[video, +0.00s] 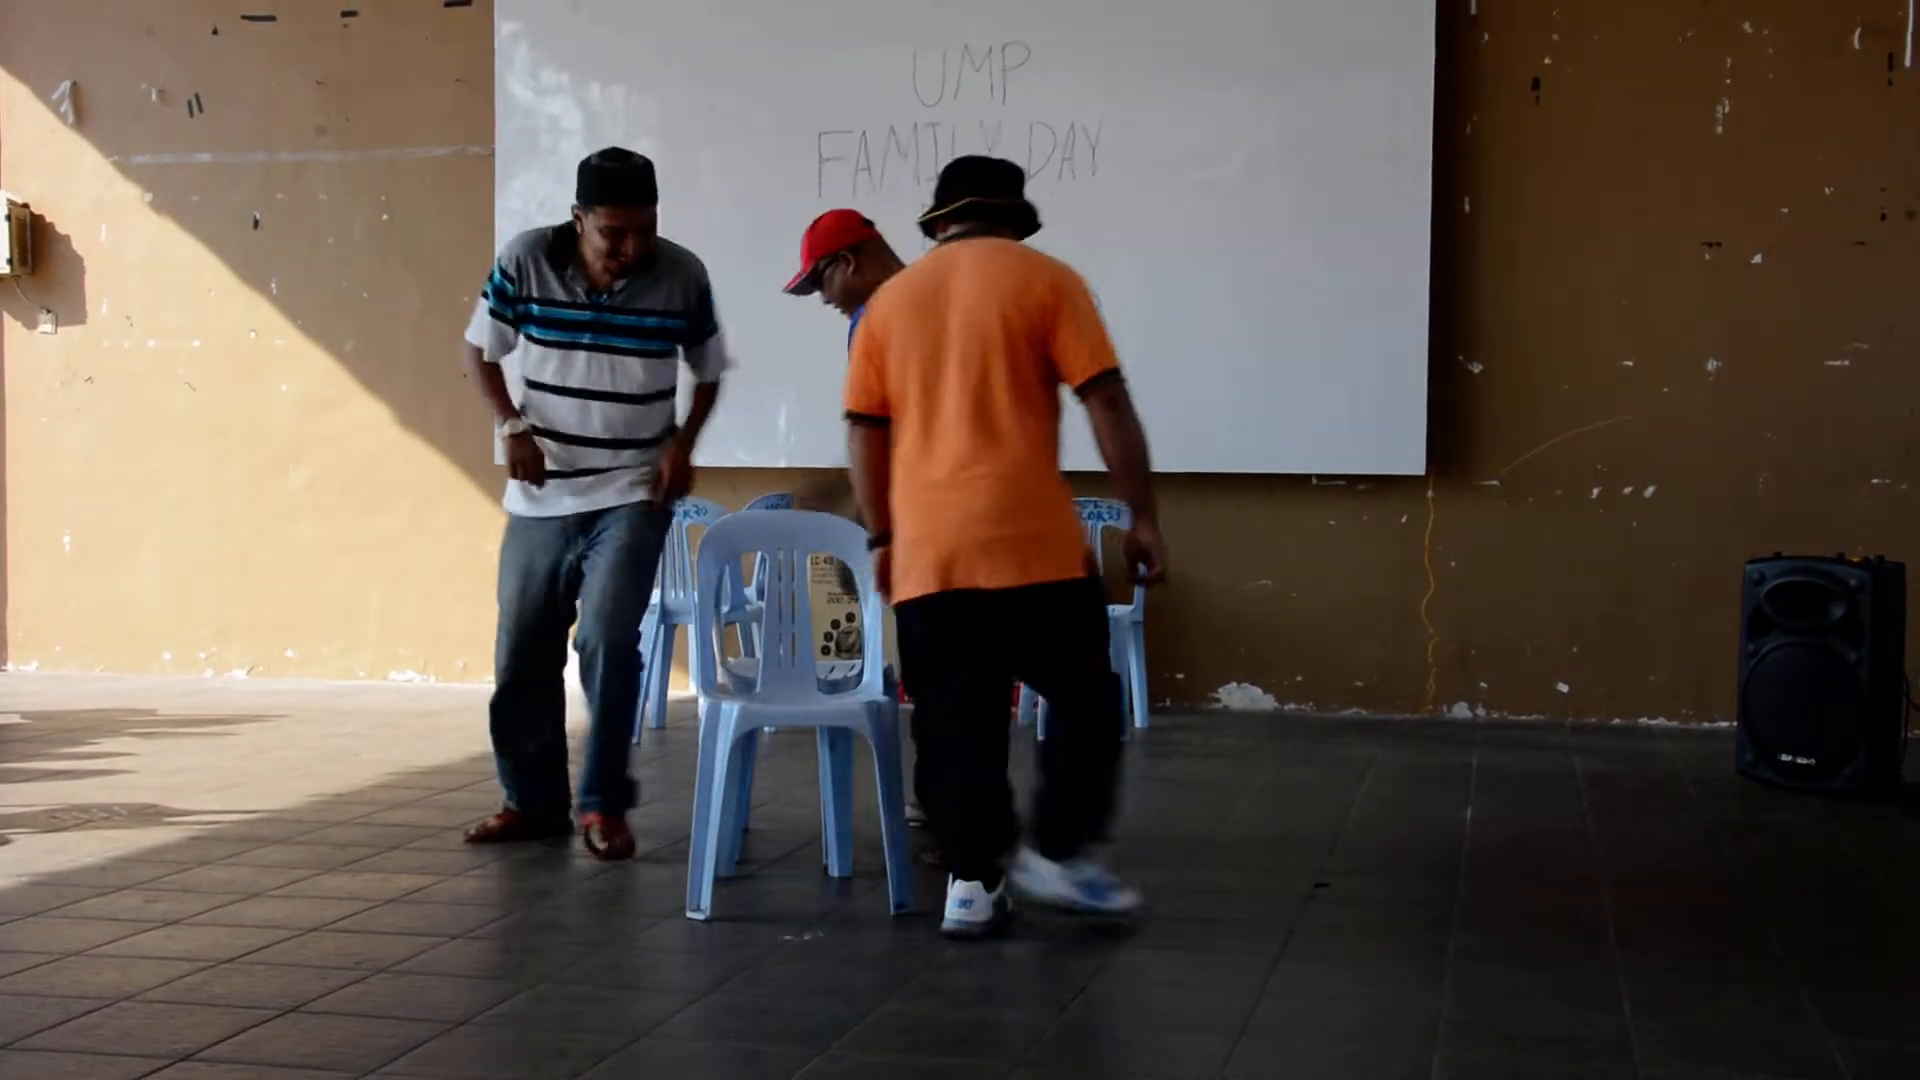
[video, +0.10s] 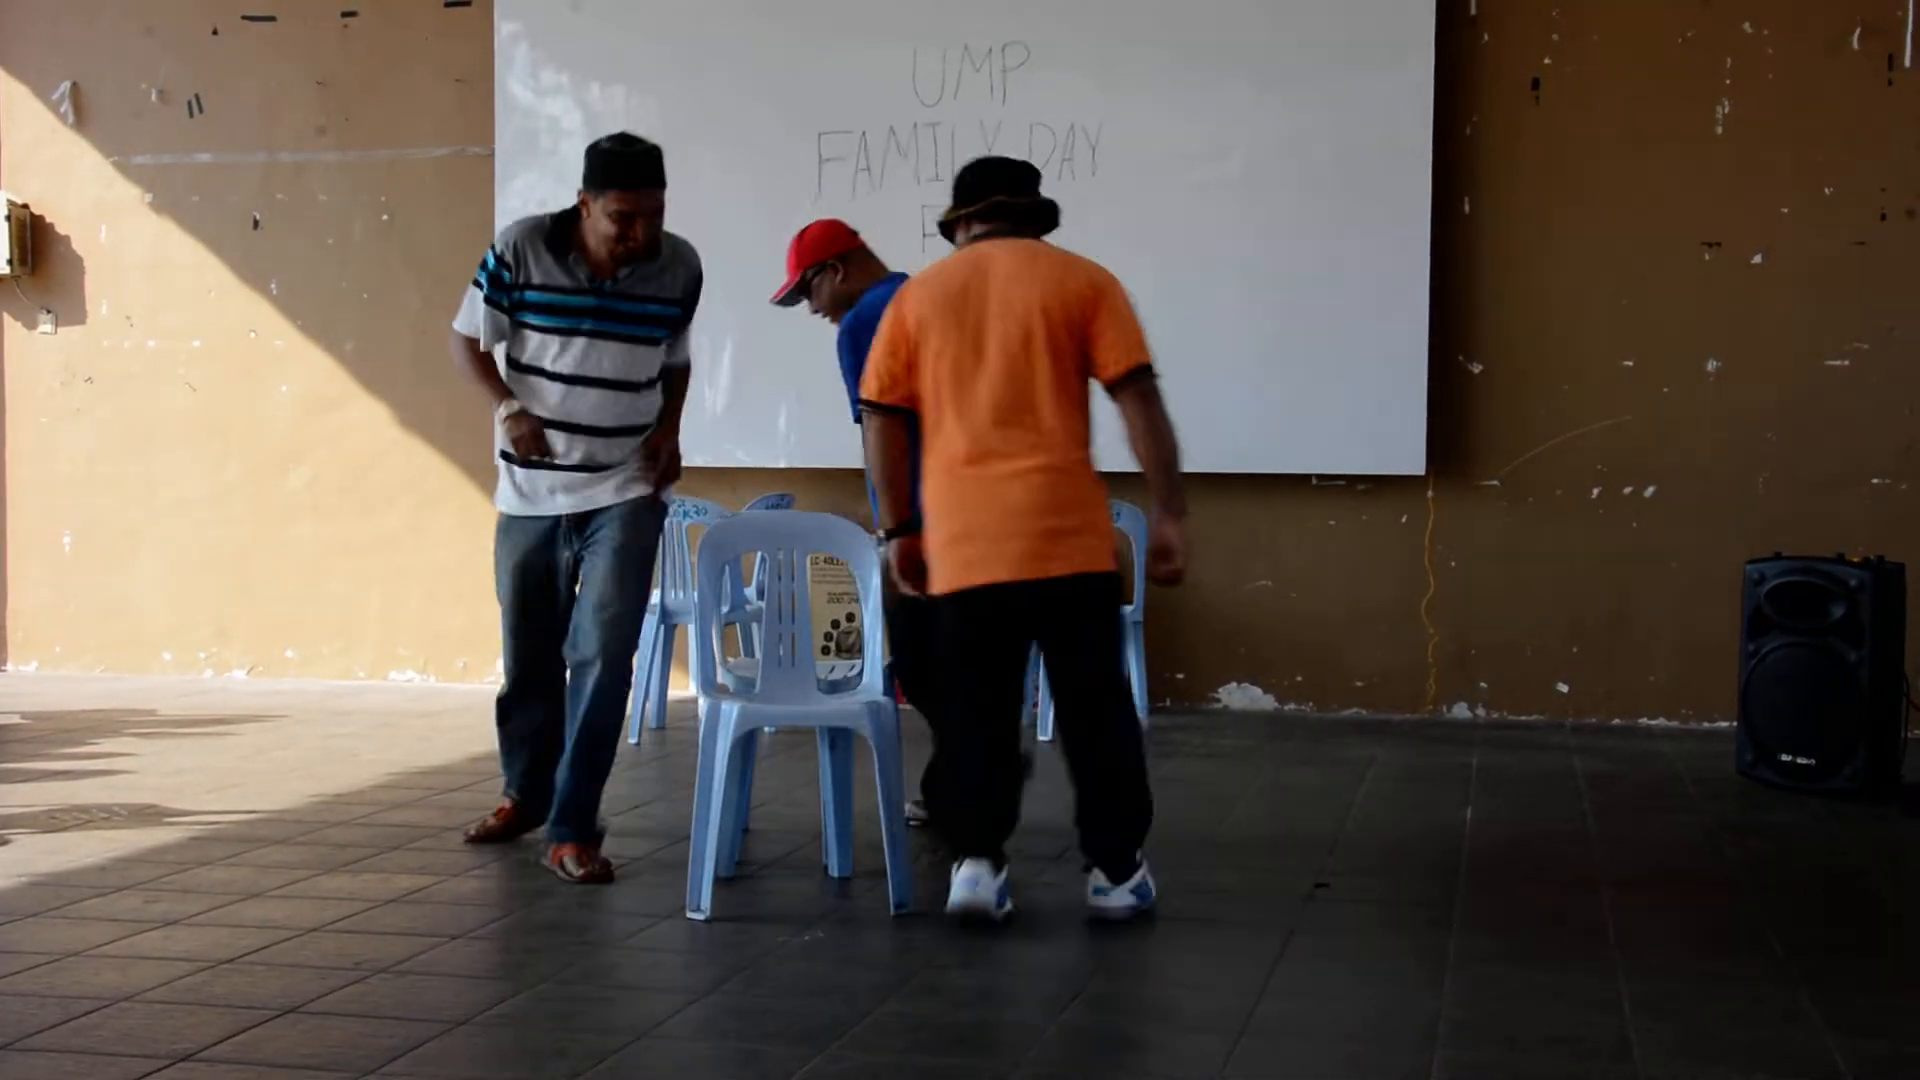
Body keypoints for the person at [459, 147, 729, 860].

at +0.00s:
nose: (630, 249)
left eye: (642, 232)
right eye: (613, 234)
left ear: (656, 218)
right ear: (579, 218)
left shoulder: (681, 278)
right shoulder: (526, 262)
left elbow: (709, 369)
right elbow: (479, 349)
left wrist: (684, 442)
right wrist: (511, 425)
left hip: (630, 494)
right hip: (540, 497)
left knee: (606, 641)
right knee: (520, 656)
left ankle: (603, 806)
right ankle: (531, 806)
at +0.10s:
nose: (639, 235)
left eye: (650, 218)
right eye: (622, 219)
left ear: (663, 205)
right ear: (583, 201)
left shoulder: (678, 268)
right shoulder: (521, 249)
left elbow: (677, 356)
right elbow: (469, 338)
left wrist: (667, 428)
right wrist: (506, 408)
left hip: (626, 490)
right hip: (533, 491)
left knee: (603, 653)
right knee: (528, 657)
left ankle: (574, 833)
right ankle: (526, 798)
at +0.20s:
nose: (659, 217)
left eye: (668, 202)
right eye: (645, 202)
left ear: (674, 192)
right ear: (598, 187)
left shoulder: (680, 260)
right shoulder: (525, 238)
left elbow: (684, 351)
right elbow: (466, 334)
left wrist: (680, 418)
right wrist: (517, 402)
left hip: (631, 494)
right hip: (531, 492)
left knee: (602, 666)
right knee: (509, 656)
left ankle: (573, 836)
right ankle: (524, 771)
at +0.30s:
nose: (669, 206)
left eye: (678, 190)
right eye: (655, 191)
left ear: (684, 178)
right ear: (607, 173)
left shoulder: (685, 251)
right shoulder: (528, 226)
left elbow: (715, 355)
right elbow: (467, 325)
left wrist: (702, 423)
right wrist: (524, 399)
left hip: (636, 492)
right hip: (532, 487)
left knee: (607, 672)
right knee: (501, 655)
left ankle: (574, 836)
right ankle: (515, 776)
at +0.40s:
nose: (676, 199)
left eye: (686, 184)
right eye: (664, 183)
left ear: (692, 171)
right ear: (616, 163)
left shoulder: (690, 243)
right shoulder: (530, 216)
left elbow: (734, 344)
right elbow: (459, 309)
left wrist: (732, 413)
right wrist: (511, 387)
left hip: (637, 490)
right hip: (538, 483)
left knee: (603, 671)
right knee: (519, 665)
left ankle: (570, 835)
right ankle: (495, 847)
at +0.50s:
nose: (692, 206)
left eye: (700, 190)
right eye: (679, 191)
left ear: (703, 178)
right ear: (629, 173)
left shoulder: (696, 257)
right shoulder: (538, 224)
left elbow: (722, 349)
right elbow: (459, 312)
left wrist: (741, 418)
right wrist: (500, 398)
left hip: (641, 491)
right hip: (540, 484)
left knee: (624, 665)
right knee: (524, 673)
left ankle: (566, 797)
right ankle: (497, 856)